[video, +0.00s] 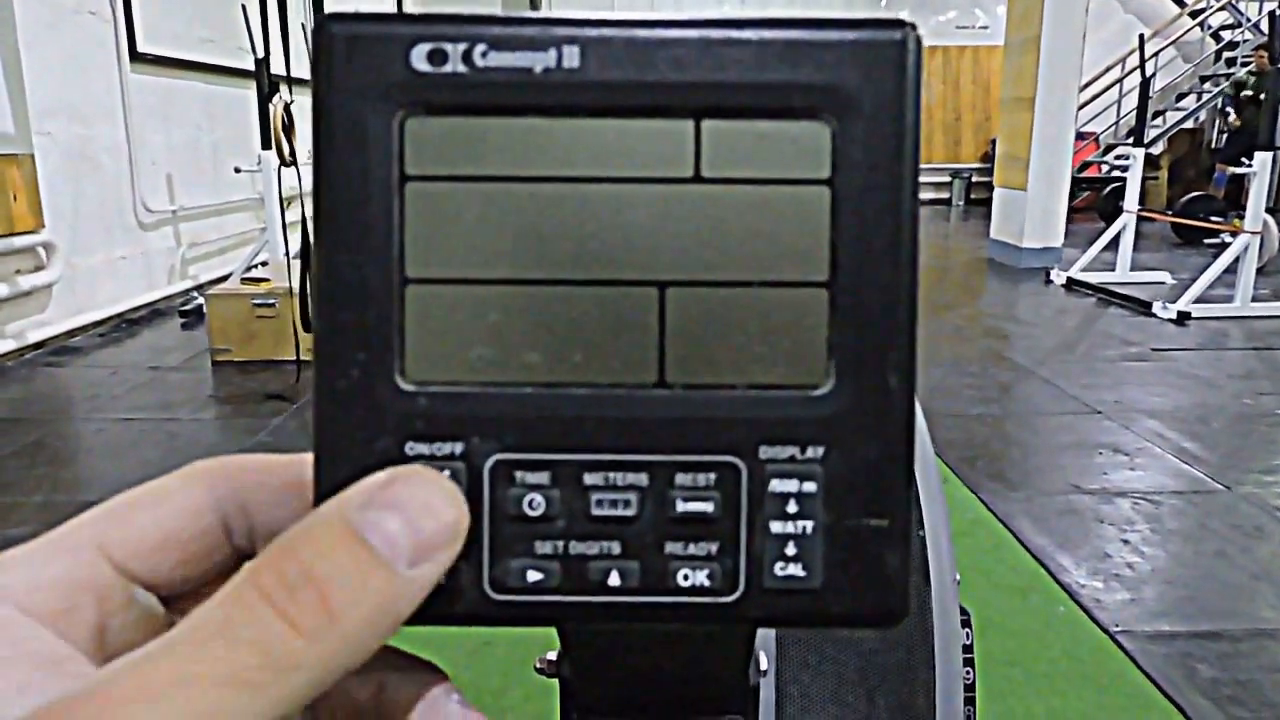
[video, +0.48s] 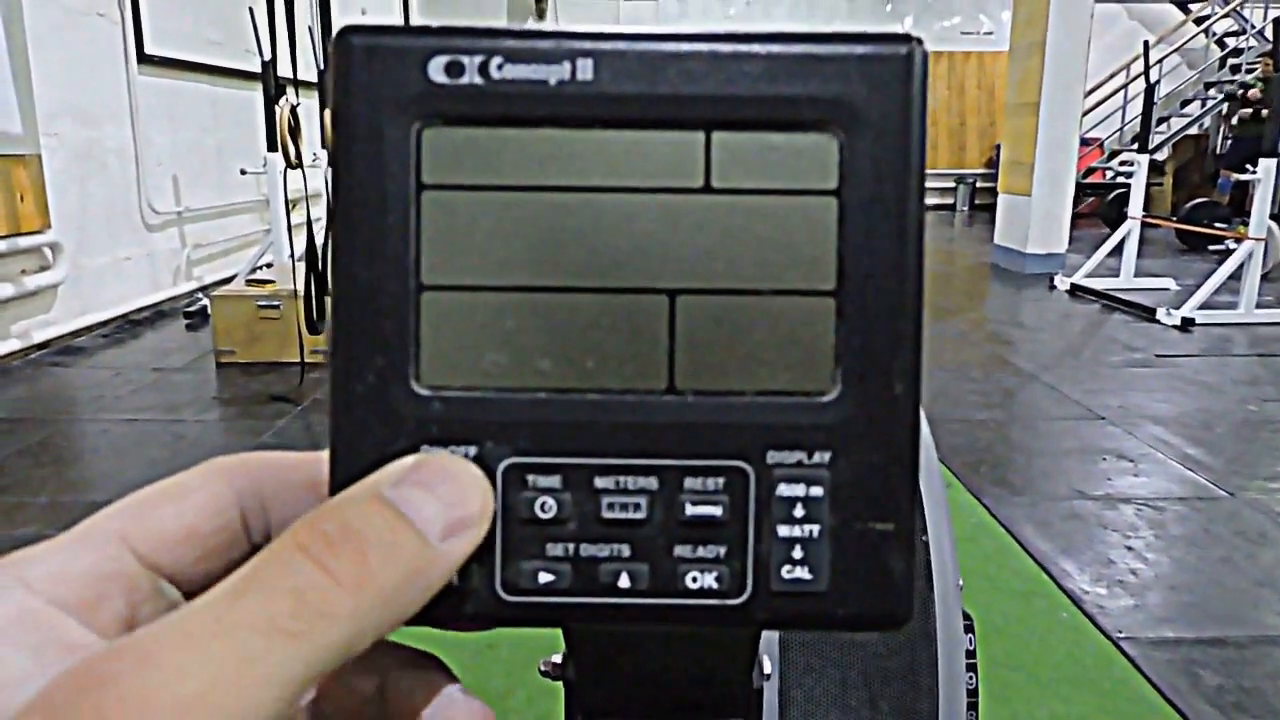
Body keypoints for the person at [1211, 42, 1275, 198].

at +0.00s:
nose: (1260, 60)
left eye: (1263, 57)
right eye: (1257, 57)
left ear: (1270, 59)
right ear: (1253, 58)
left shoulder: (1273, 80)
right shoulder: (1243, 78)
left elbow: (1273, 103)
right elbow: (1227, 97)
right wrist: (1230, 115)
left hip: (1263, 131)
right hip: (1241, 129)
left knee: (1258, 169)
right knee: (1223, 164)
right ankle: (1214, 204)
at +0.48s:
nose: (1263, 68)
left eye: (1268, 65)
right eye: (1262, 64)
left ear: (1275, 68)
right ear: (1259, 64)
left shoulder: (1274, 84)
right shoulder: (1252, 81)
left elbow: (1274, 112)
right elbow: (1229, 94)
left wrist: (1255, 113)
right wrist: (1245, 94)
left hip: (1263, 135)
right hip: (1243, 134)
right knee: (1227, 171)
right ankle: (1216, 211)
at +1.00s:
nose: (1268, 72)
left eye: (1271, 69)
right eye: (1266, 68)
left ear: (1278, 71)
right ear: (1263, 70)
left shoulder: (1275, 89)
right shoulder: (1254, 87)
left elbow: (1275, 114)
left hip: (1268, 142)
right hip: (1248, 140)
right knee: (1230, 175)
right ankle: (1219, 219)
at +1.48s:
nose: (1269, 73)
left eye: (1273, 69)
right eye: (1267, 69)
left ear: (1279, 70)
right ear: (1264, 70)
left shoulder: (1277, 92)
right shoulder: (1253, 89)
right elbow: (1225, 104)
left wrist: (1274, 107)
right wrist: (1250, 103)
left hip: (1271, 146)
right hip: (1249, 143)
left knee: (1268, 185)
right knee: (1232, 177)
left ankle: (1261, 223)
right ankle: (1221, 219)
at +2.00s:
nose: (1269, 76)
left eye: (1273, 71)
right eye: (1267, 72)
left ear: (1279, 72)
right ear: (1264, 73)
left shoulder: (1276, 93)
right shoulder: (1255, 91)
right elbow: (1227, 109)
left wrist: (1272, 99)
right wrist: (1255, 102)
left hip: (1272, 148)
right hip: (1250, 146)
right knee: (1233, 178)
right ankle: (1222, 222)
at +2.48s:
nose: (1269, 81)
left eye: (1272, 76)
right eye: (1265, 77)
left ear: (1278, 77)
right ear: (1260, 78)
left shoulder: (1277, 99)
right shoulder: (1253, 97)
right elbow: (1228, 116)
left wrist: (1273, 108)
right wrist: (1253, 114)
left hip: (1271, 154)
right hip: (1249, 152)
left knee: (1269, 193)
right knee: (1232, 186)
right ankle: (1221, 228)